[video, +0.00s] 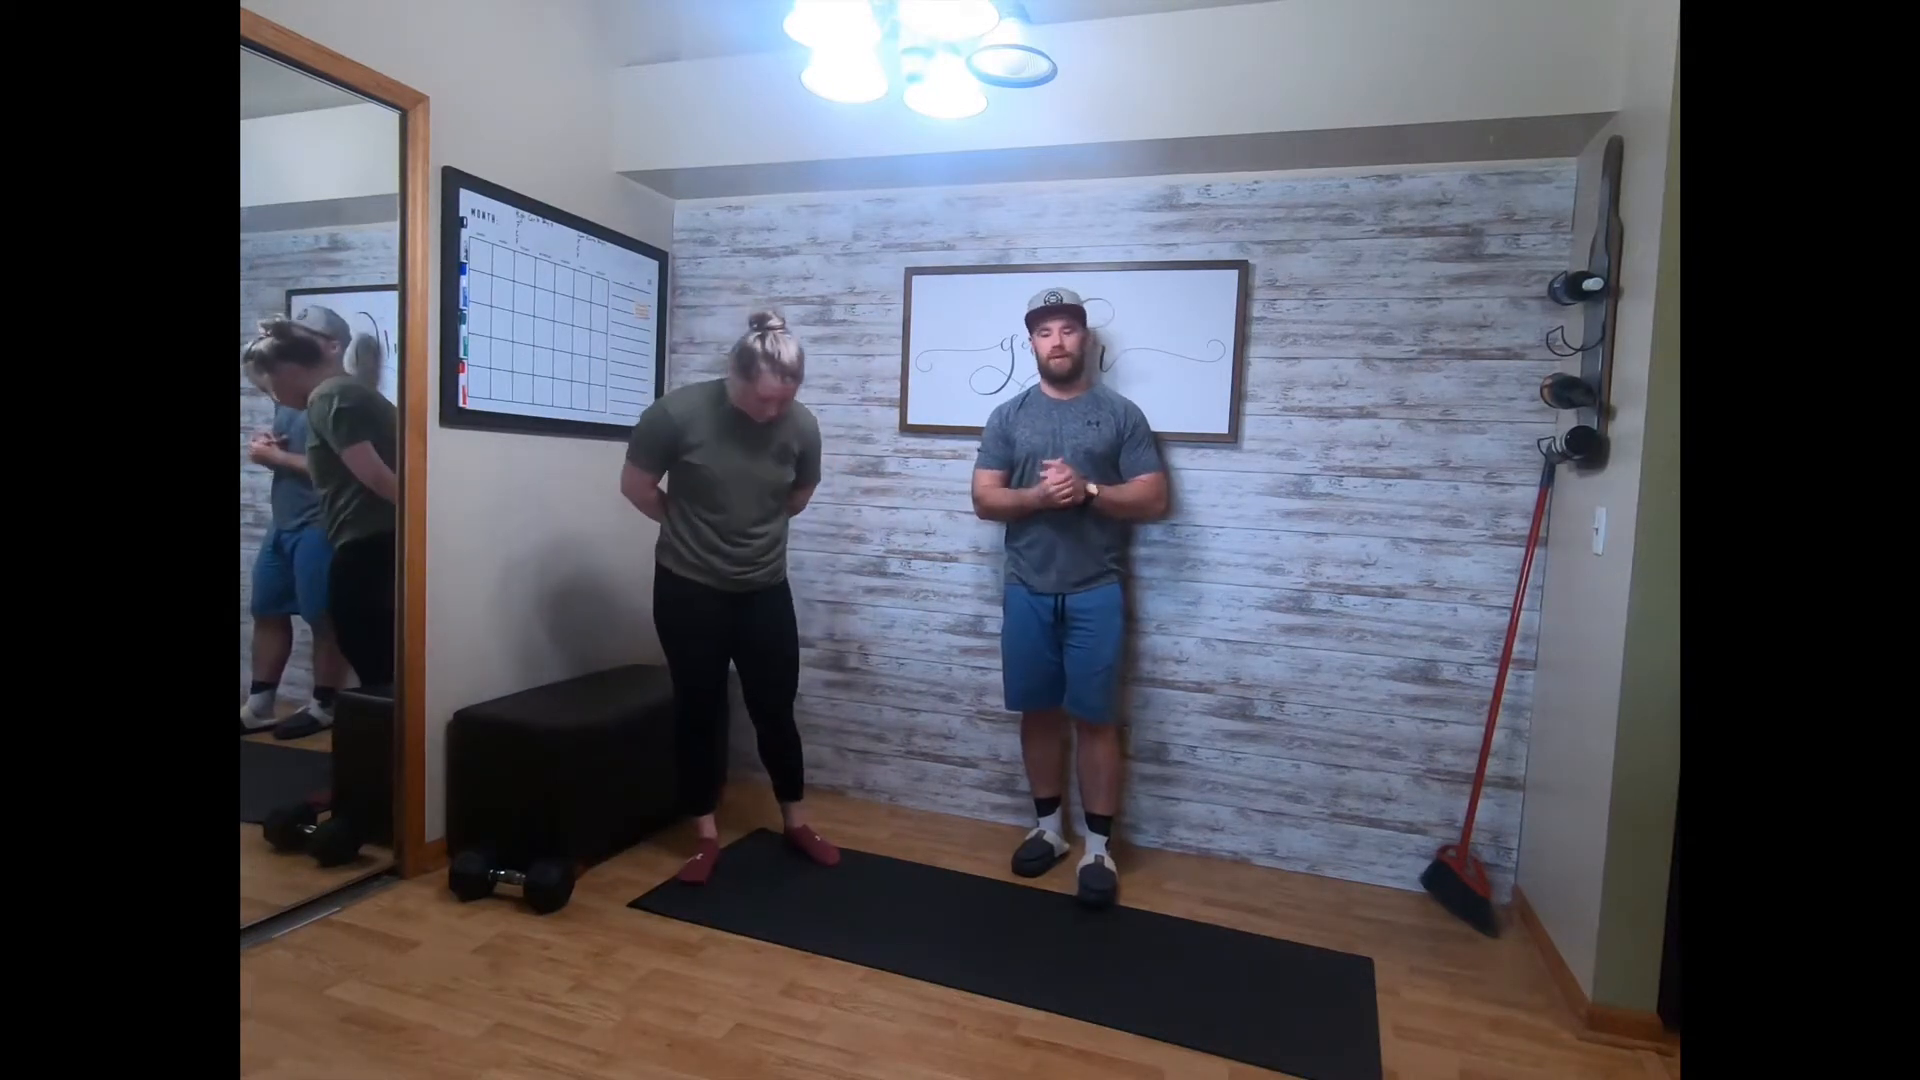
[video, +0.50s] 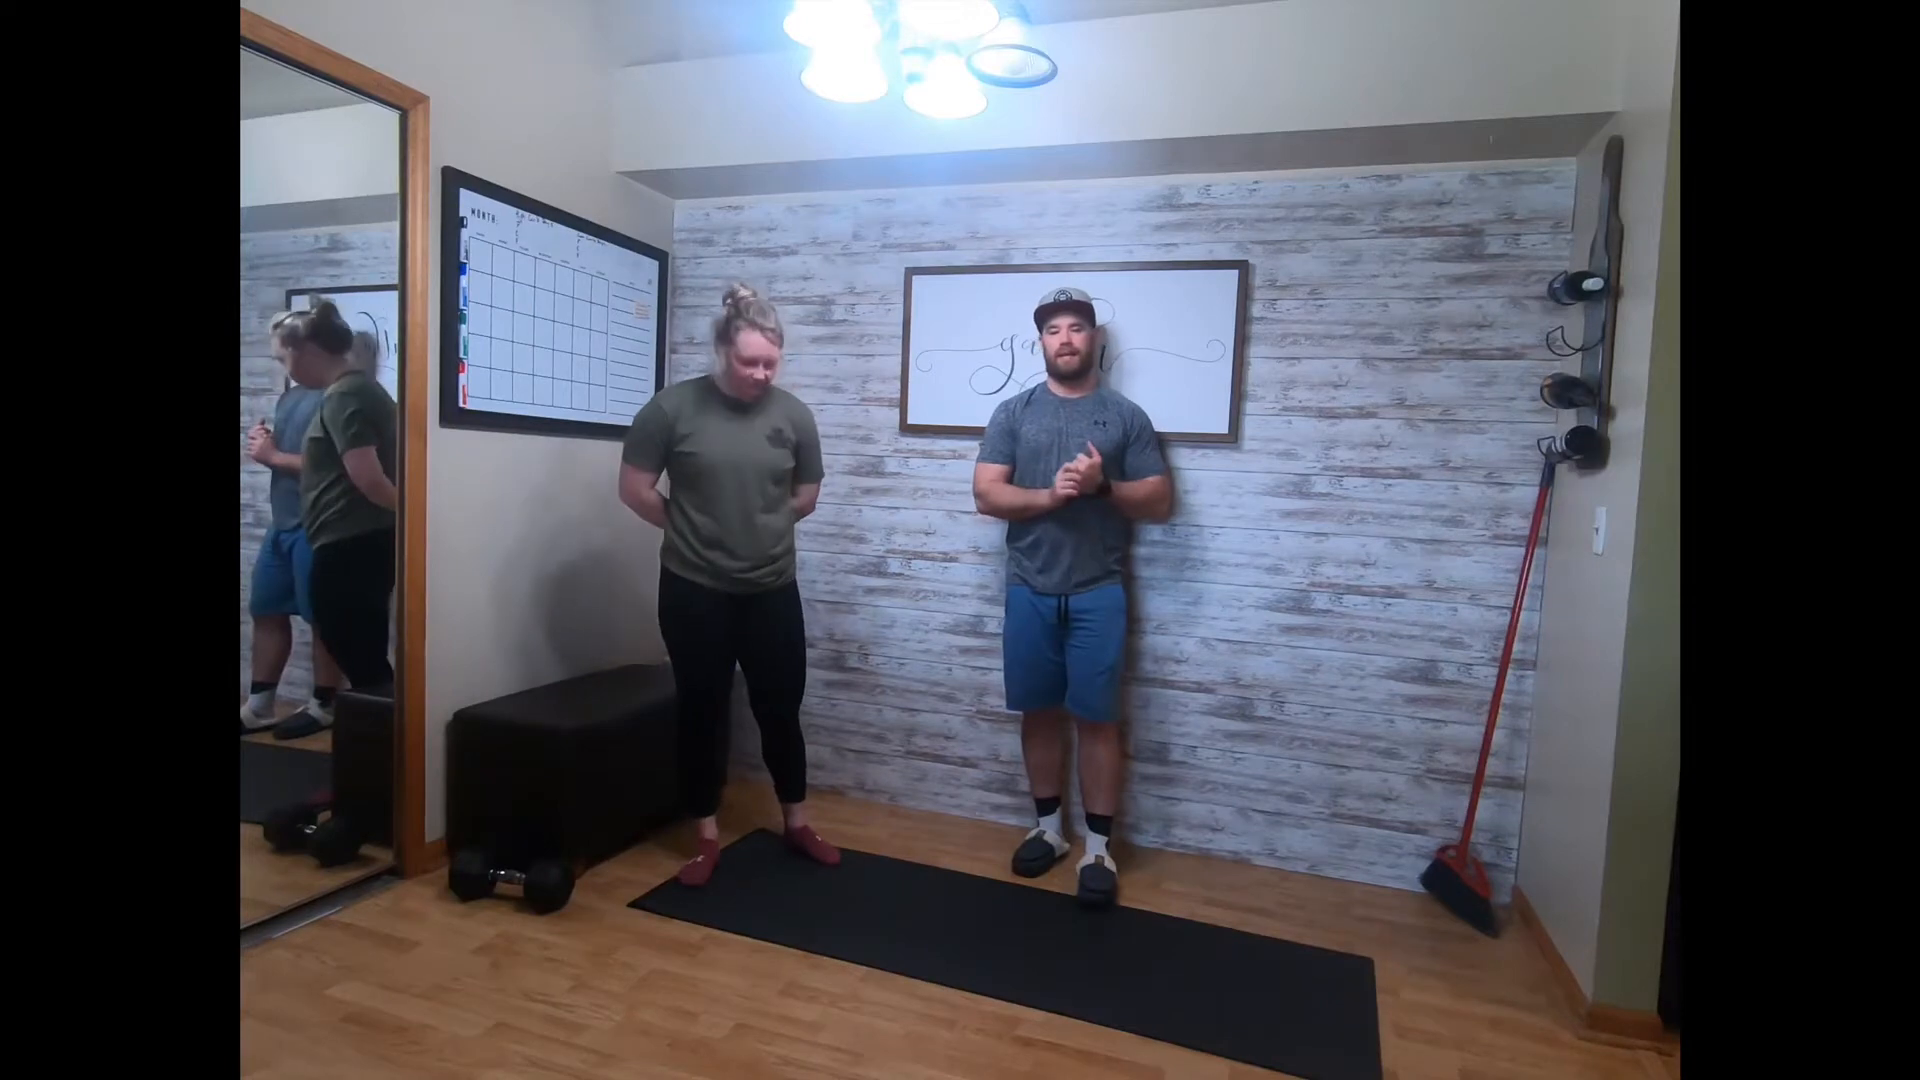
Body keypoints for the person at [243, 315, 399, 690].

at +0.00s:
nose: (277, 402)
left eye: (271, 389)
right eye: (269, 393)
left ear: (288, 367)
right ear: (313, 355)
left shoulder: (329, 398)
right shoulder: (363, 394)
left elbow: (374, 474)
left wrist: (423, 508)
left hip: (364, 547)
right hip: (386, 542)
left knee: (369, 657)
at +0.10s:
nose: (274, 401)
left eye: (268, 387)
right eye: (266, 391)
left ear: (285, 368)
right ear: (299, 361)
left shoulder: (326, 399)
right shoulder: (351, 394)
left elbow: (371, 475)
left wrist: (421, 508)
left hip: (365, 547)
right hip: (382, 543)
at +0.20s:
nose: (270, 395)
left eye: (266, 380)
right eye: (264, 383)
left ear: (286, 365)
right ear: (305, 359)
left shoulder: (326, 398)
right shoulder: (355, 393)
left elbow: (367, 474)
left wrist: (421, 505)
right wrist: (426, 504)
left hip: (364, 546)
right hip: (384, 542)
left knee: (370, 657)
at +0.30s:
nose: (277, 389)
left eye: (274, 375)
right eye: (271, 379)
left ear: (292, 359)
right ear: (303, 354)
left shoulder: (329, 398)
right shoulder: (362, 392)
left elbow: (370, 477)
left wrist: (423, 508)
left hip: (357, 550)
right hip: (380, 545)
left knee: (371, 670)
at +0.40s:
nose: (281, 374)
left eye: (283, 363)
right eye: (279, 365)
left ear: (304, 355)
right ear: (321, 351)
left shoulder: (338, 398)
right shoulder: (366, 391)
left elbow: (371, 479)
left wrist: (419, 508)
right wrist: (419, 506)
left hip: (350, 548)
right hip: (373, 543)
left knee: (365, 666)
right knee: (372, 661)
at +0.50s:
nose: (287, 367)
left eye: (287, 356)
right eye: (284, 358)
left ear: (308, 347)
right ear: (320, 345)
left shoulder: (346, 396)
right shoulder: (360, 390)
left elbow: (368, 477)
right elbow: (376, 473)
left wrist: (410, 511)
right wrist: (412, 508)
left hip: (350, 543)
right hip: (361, 540)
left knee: (357, 654)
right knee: (360, 652)